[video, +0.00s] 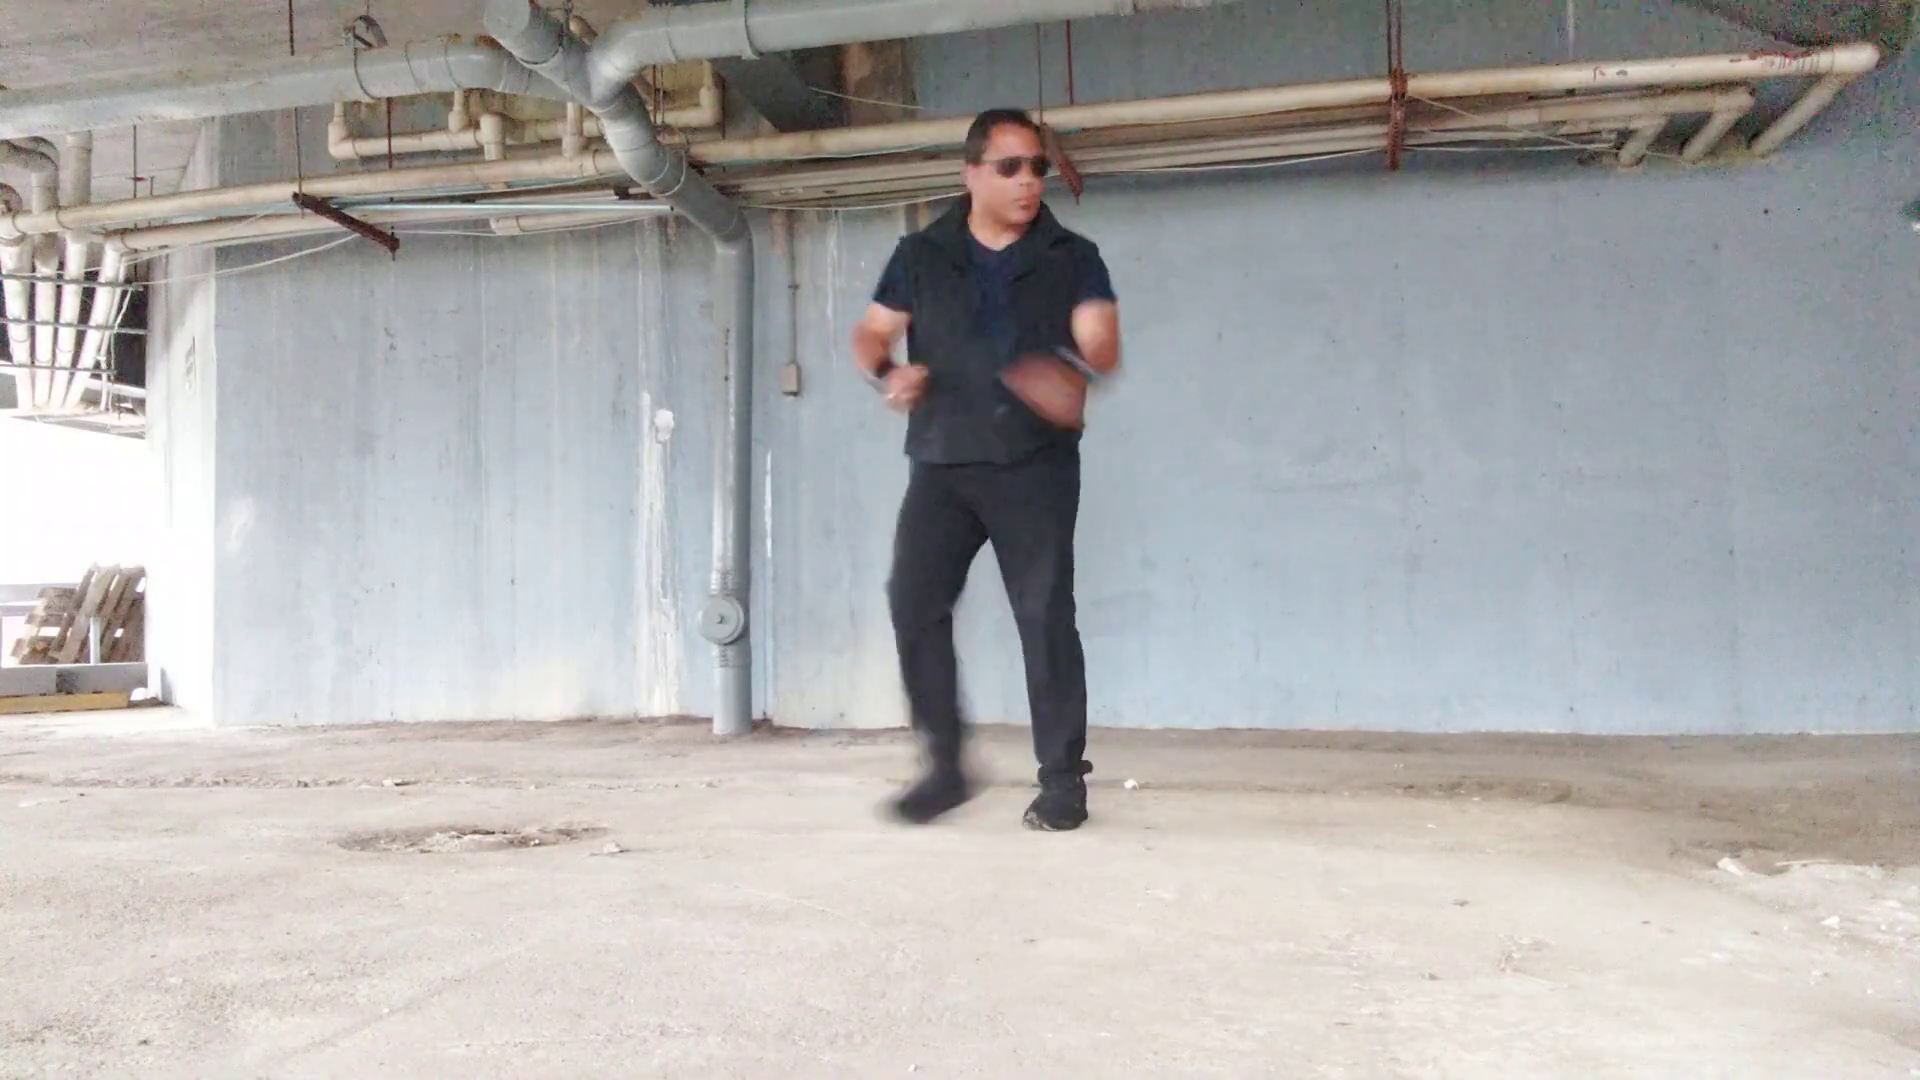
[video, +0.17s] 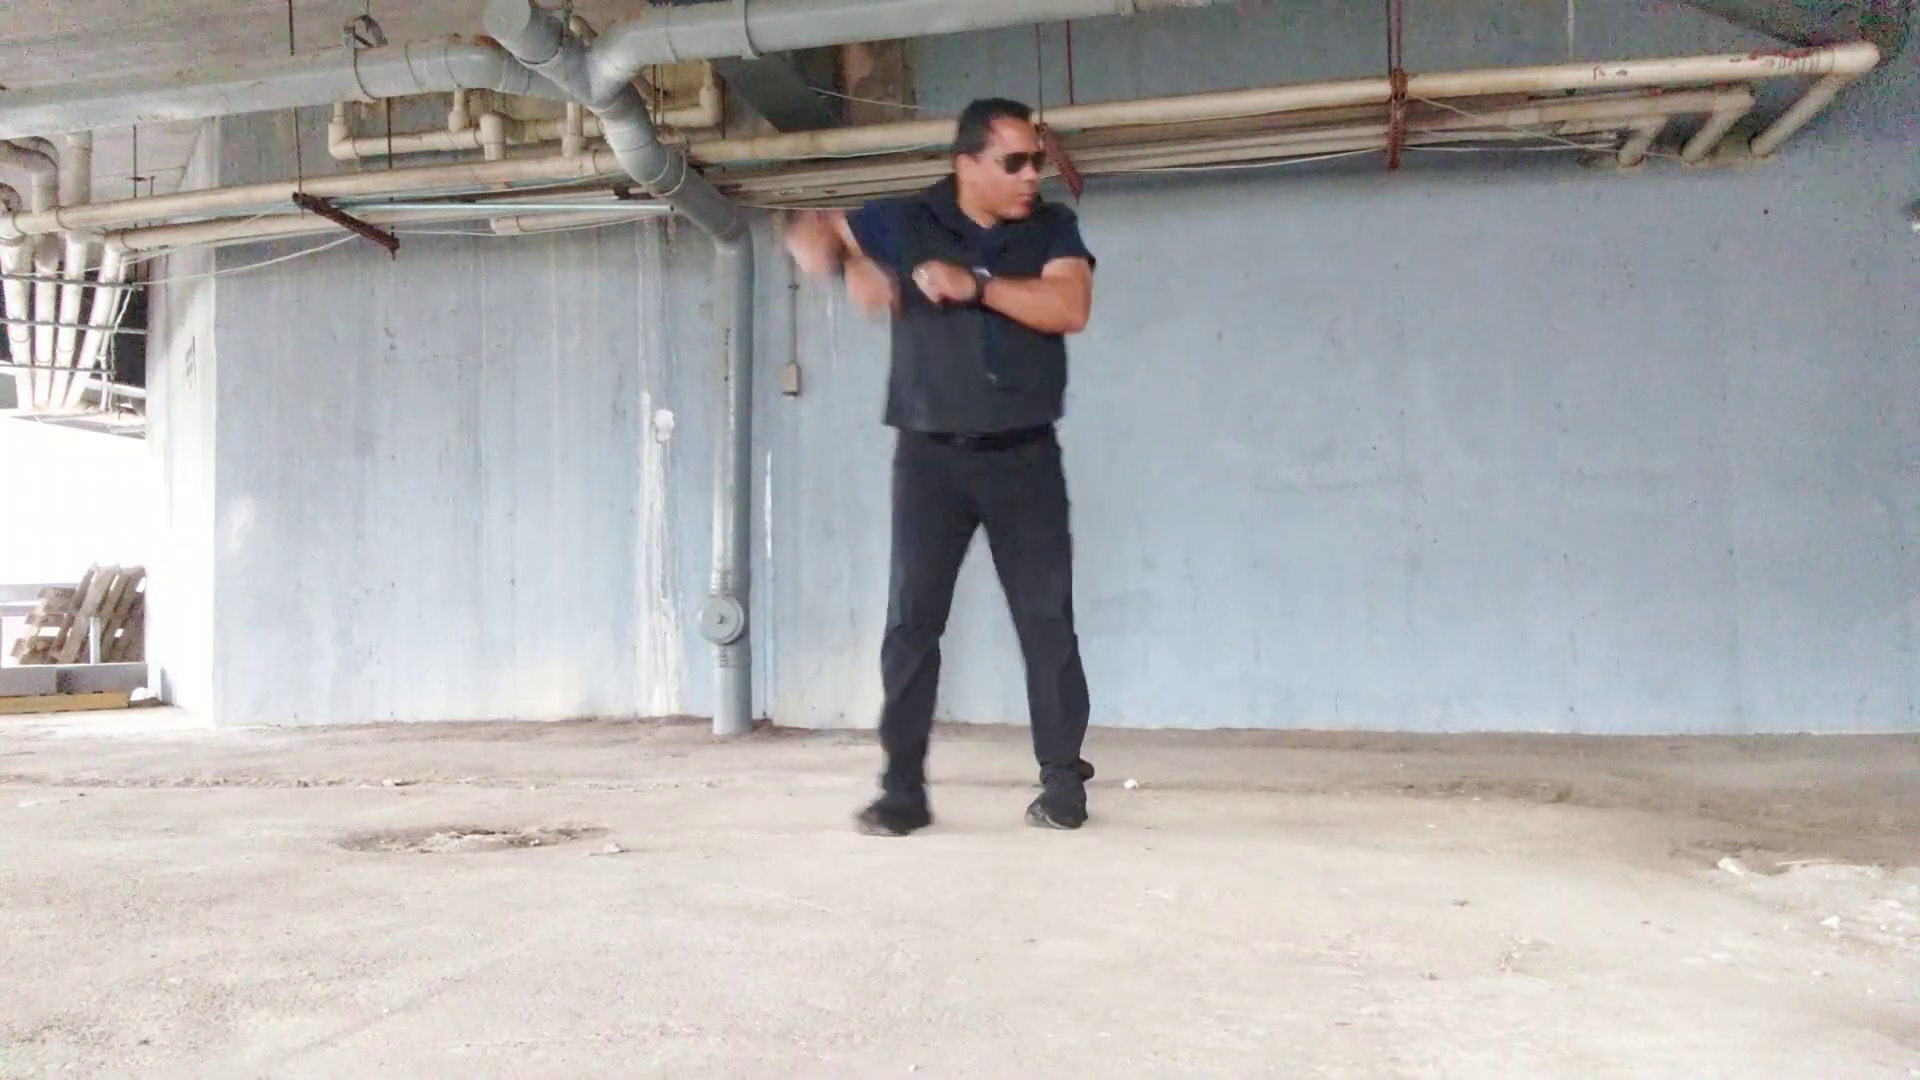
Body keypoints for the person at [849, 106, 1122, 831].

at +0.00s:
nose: (1029, 180)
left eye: (1038, 166)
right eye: (1011, 167)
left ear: (1049, 173)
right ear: (971, 176)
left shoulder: (1071, 256)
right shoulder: (926, 249)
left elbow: (1103, 353)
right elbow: (872, 336)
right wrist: (885, 373)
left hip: (1034, 470)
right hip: (944, 470)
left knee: (1045, 617)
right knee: (914, 599)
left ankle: (1062, 780)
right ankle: (944, 769)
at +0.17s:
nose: (1033, 173)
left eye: (1037, 160)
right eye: (1017, 162)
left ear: (1038, 159)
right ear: (967, 164)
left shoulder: (1051, 225)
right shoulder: (912, 219)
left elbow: (1071, 308)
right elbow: (809, 231)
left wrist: (978, 285)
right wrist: (838, 261)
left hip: (1025, 457)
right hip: (930, 457)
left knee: (1047, 619)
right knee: (913, 621)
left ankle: (1063, 780)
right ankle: (903, 789)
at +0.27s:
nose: (989, 175)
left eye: (999, 160)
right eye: (972, 161)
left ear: (1008, 160)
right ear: (932, 163)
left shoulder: (1031, 235)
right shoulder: (891, 220)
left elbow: (1073, 332)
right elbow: (780, 214)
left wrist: (1025, 347)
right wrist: (865, 212)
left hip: (1002, 461)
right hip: (910, 460)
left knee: (1028, 617)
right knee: (909, 623)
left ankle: (1054, 776)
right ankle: (909, 785)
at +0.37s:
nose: (928, 180)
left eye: (943, 166)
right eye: (913, 167)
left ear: (971, 167)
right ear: (895, 170)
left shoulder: (1016, 247)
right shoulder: (873, 232)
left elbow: (1058, 333)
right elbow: (821, 281)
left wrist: (1078, 372)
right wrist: (926, 249)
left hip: (983, 461)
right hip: (890, 462)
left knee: (1001, 606)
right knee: (890, 619)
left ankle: (1006, 745)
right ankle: (906, 783)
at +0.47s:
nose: (900, 192)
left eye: (916, 177)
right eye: (888, 178)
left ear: (952, 173)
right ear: (876, 177)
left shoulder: (1001, 240)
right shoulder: (858, 250)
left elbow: (1079, 315)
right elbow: (837, 360)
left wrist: (1076, 316)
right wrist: (922, 337)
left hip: (970, 465)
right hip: (878, 468)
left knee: (979, 615)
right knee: (876, 619)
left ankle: (929, 735)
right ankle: (904, 780)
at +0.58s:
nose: (902, 191)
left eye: (918, 174)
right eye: (888, 177)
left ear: (950, 169)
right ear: (873, 177)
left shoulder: (997, 227)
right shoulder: (857, 250)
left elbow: (1079, 270)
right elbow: (795, 344)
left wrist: (983, 263)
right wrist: (834, 400)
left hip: (976, 460)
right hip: (889, 461)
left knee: (954, 619)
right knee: (890, 613)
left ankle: (881, 749)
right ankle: (897, 783)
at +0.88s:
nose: (939, 186)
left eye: (953, 171)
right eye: (922, 172)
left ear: (975, 176)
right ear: (899, 180)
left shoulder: (1018, 252)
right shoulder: (865, 261)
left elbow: (1053, 353)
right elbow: (831, 367)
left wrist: (1032, 361)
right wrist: (882, 385)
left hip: (986, 472)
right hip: (893, 478)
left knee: (1011, 579)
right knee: (881, 626)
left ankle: (950, 645)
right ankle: (906, 782)